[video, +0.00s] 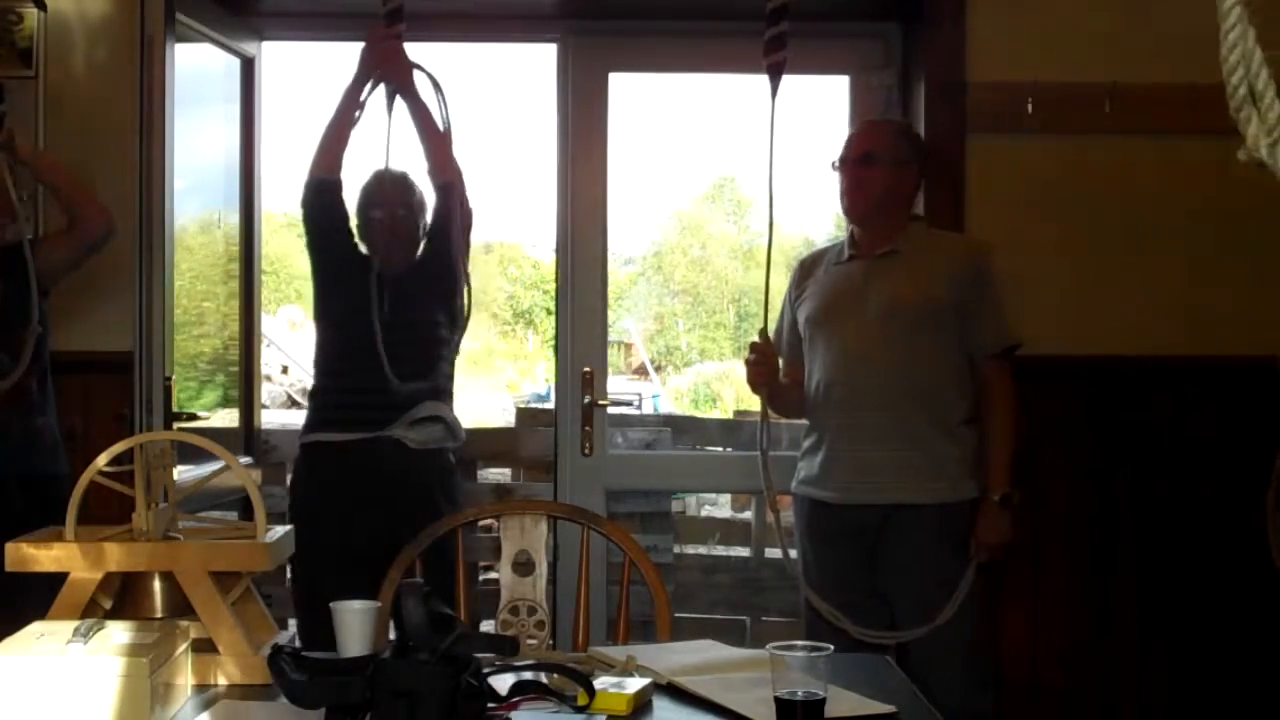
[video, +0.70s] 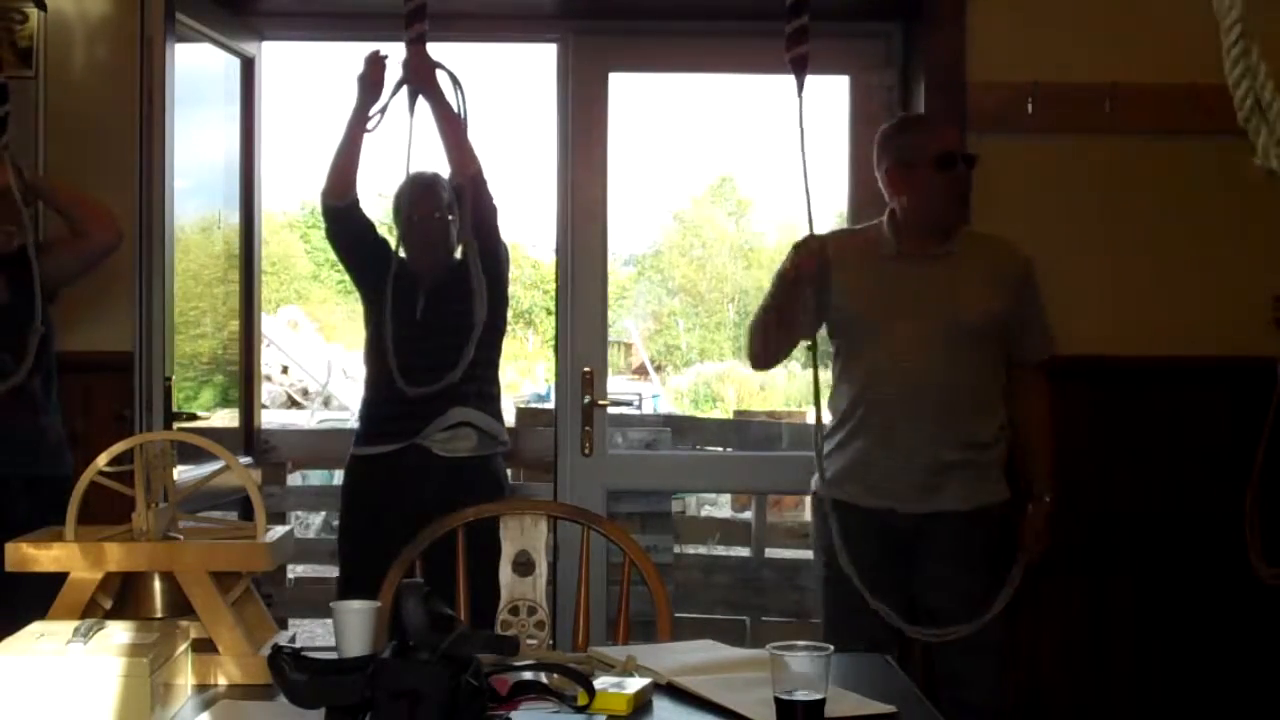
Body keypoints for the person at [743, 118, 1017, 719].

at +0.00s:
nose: (846, 173)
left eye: (865, 161)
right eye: (843, 162)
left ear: (910, 178)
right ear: (838, 175)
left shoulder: (958, 262)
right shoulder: (811, 272)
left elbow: (996, 383)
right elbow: (800, 397)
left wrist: (997, 498)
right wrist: (769, 386)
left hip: (933, 508)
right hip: (829, 508)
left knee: (940, 678)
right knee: (841, 676)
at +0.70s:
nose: (966, 176)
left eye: (966, 164)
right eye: (949, 165)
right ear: (894, 179)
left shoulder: (1000, 265)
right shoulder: (834, 259)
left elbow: (1031, 388)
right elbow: (763, 353)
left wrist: (1040, 496)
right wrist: (789, 280)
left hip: (970, 508)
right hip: (859, 506)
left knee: (969, 685)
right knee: (862, 681)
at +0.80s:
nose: (971, 172)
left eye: (971, 160)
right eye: (951, 160)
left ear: (977, 170)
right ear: (899, 178)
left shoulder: (1009, 262)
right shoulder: (851, 251)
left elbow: (1038, 384)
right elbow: (751, 301)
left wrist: (1053, 488)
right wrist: (797, 208)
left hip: (977, 509)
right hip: (868, 508)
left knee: (973, 686)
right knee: (864, 683)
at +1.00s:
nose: (960, 170)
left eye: (968, 158)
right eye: (942, 157)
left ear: (981, 169)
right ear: (903, 173)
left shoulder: (1016, 264)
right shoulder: (867, 245)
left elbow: (1046, 388)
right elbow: (757, 200)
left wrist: (1036, 494)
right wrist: (808, 90)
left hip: (977, 502)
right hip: (868, 502)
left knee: (977, 678)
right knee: (871, 675)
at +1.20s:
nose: (939, 167)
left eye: (953, 154)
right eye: (922, 153)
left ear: (969, 169)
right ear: (892, 170)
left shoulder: (1006, 261)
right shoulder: (857, 241)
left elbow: (1035, 388)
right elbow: (781, 159)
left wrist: (1005, 470)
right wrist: (812, 50)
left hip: (969, 505)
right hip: (861, 499)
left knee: (971, 675)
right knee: (866, 673)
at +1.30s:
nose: (929, 165)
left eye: (944, 154)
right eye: (912, 153)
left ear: (963, 169)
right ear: (884, 172)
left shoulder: (994, 259)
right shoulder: (851, 239)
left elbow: (1025, 365)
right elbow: (780, 163)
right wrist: (812, 56)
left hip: (957, 490)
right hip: (855, 486)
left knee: (961, 667)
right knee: (862, 665)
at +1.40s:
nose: (919, 170)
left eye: (934, 155)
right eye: (900, 156)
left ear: (956, 166)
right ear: (873, 176)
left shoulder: (980, 242)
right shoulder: (847, 233)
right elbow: (783, 165)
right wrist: (801, 70)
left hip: (947, 476)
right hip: (847, 470)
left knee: (952, 652)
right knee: (853, 651)